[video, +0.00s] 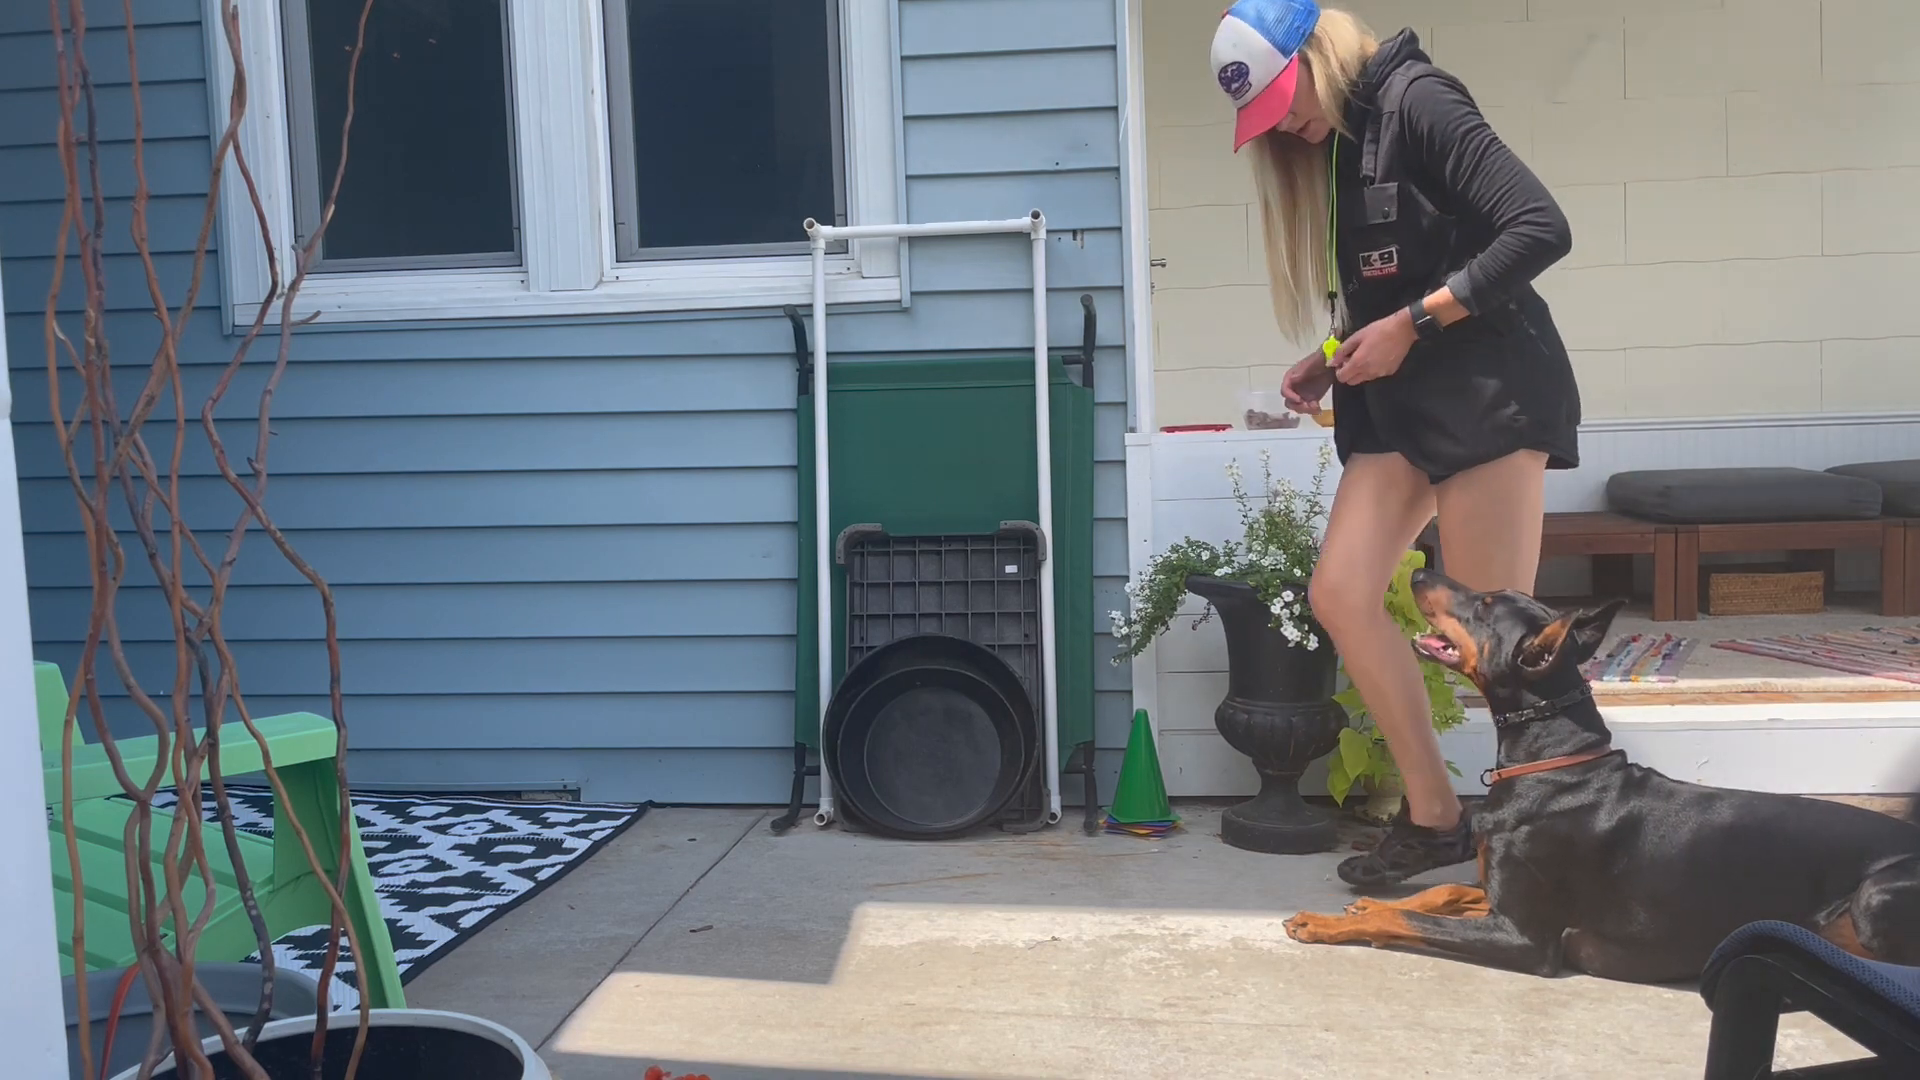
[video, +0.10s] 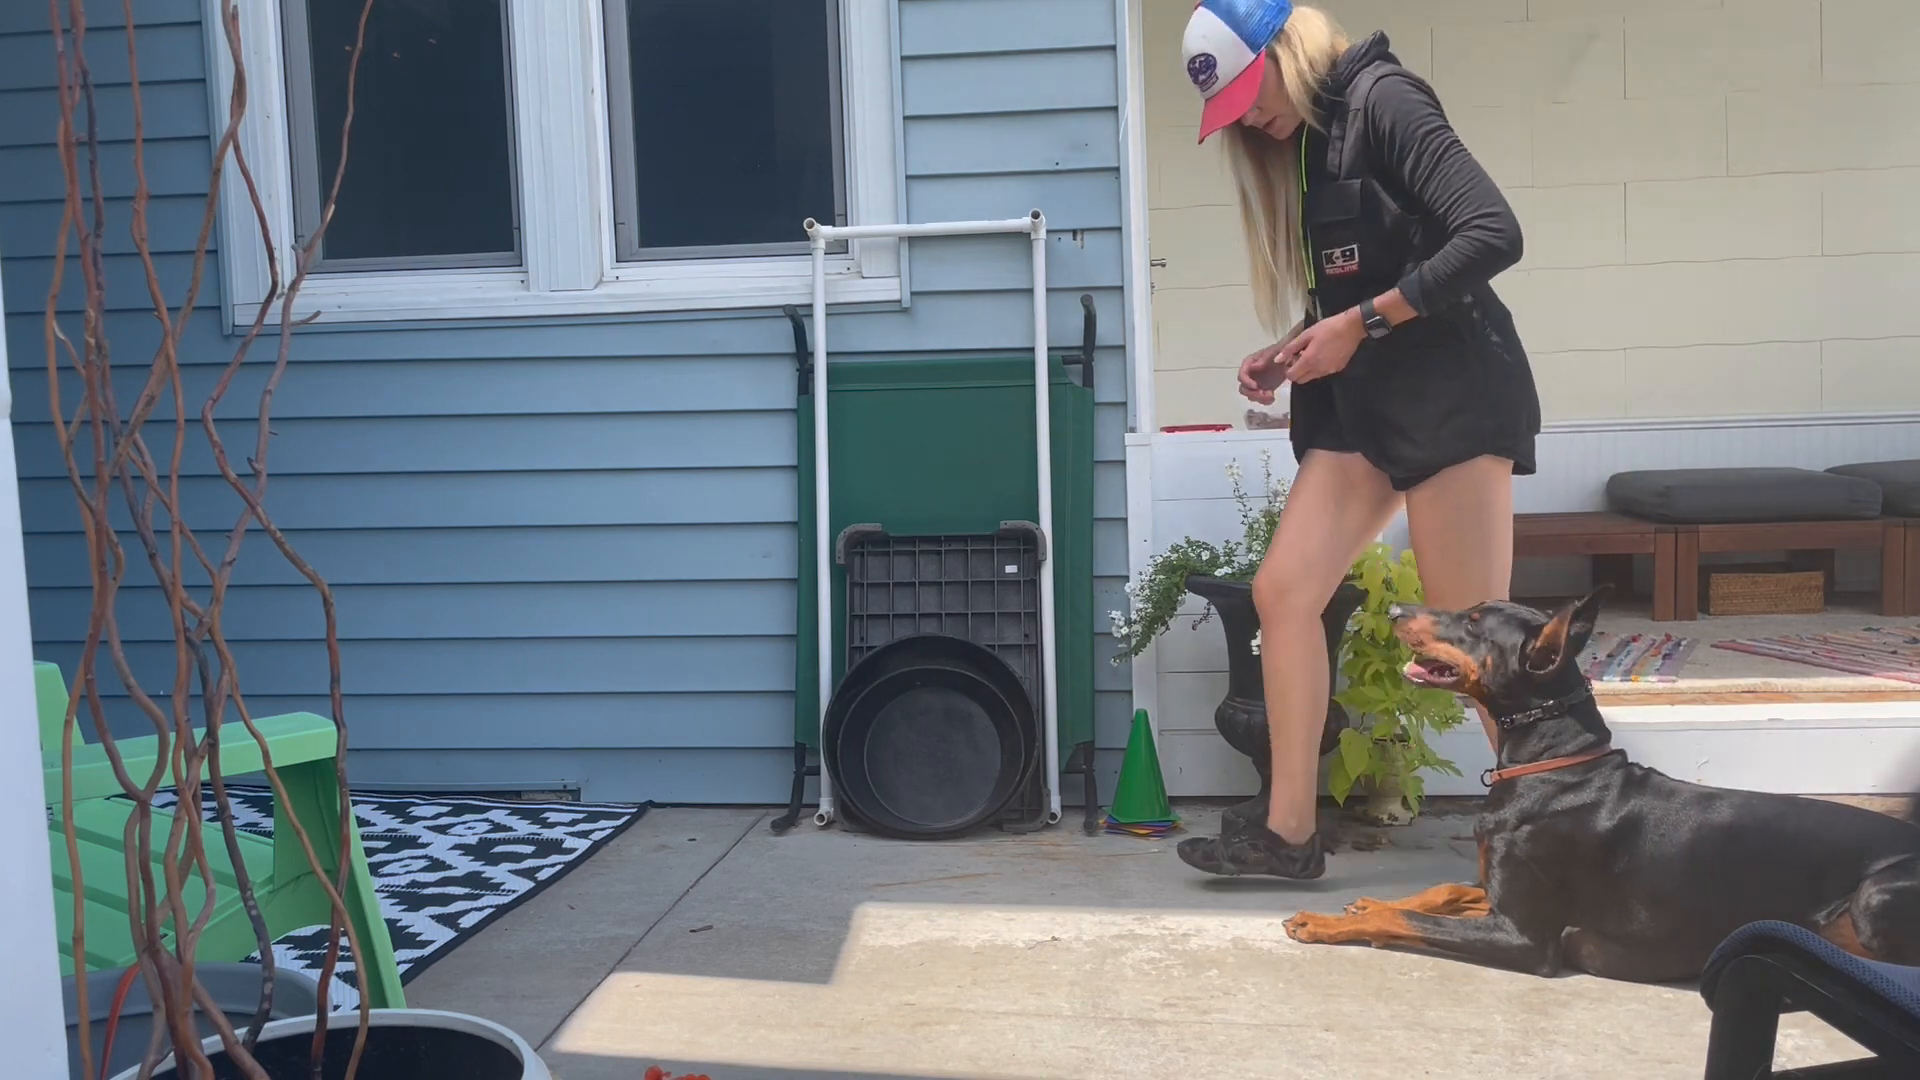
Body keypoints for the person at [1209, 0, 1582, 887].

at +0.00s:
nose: (1290, 132)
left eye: (1285, 111)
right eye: (1275, 124)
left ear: (1315, 59)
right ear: (1280, 92)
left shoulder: (1419, 101)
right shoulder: (1344, 139)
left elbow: (1538, 226)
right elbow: (1398, 282)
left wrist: (1417, 320)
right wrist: (1334, 359)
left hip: (1491, 391)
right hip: (1401, 402)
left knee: (1496, 632)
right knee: (1343, 596)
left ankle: (1548, 830)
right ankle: (1436, 818)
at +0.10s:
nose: (1250, 124)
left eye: (1246, 102)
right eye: (1236, 114)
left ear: (1280, 55)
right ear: (1253, 78)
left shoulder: (1387, 99)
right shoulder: (1317, 136)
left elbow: (1491, 231)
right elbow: (1365, 282)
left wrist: (1369, 320)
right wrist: (1296, 350)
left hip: (1452, 389)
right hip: (1364, 398)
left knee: (1475, 635)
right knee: (1285, 594)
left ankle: (1546, 836)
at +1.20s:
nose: (845, 42)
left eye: (861, 27)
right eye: (827, 28)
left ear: (881, 17)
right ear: (784, 13)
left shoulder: (909, 94)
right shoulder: (744, 96)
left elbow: (979, 253)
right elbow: (691, 264)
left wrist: (913, 258)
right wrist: (765, 259)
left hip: (885, 388)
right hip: (769, 387)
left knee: (851, 625)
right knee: (734, 629)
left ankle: (852, 866)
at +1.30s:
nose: (830, 38)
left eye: (841, 24)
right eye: (815, 22)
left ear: (852, 18)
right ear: (762, 11)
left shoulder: (870, 94)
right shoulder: (691, 89)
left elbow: (936, 249)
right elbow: (648, 261)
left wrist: (893, 259)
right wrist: (756, 258)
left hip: (857, 386)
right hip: (734, 387)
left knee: (838, 627)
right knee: (703, 630)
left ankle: (851, 869)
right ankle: (643, 865)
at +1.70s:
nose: (742, 31)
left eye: (749, 20)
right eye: (736, 15)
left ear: (723, 10)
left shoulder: (707, 78)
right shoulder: (587, 63)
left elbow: (697, 225)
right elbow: (545, 244)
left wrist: (757, 263)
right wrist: (712, 271)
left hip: (713, 377)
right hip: (613, 379)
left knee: (745, 617)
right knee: (634, 627)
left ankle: (692, 856)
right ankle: (597, 876)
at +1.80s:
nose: (727, 36)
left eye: (735, 25)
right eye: (721, 19)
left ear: (711, 13)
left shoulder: (684, 79)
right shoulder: (585, 58)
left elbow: (679, 228)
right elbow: (545, 243)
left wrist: (750, 263)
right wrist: (705, 267)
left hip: (696, 373)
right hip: (613, 376)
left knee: (707, 621)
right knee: (626, 629)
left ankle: (649, 856)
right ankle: (594, 879)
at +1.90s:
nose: (721, 39)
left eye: (727, 27)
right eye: (714, 21)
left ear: (691, 14)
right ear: (668, 2)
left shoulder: (671, 80)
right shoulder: (586, 62)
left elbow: (663, 239)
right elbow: (553, 244)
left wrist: (745, 263)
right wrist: (716, 261)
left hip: (687, 373)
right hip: (614, 378)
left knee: (682, 623)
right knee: (622, 630)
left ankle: (646, 859)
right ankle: (594, 880)